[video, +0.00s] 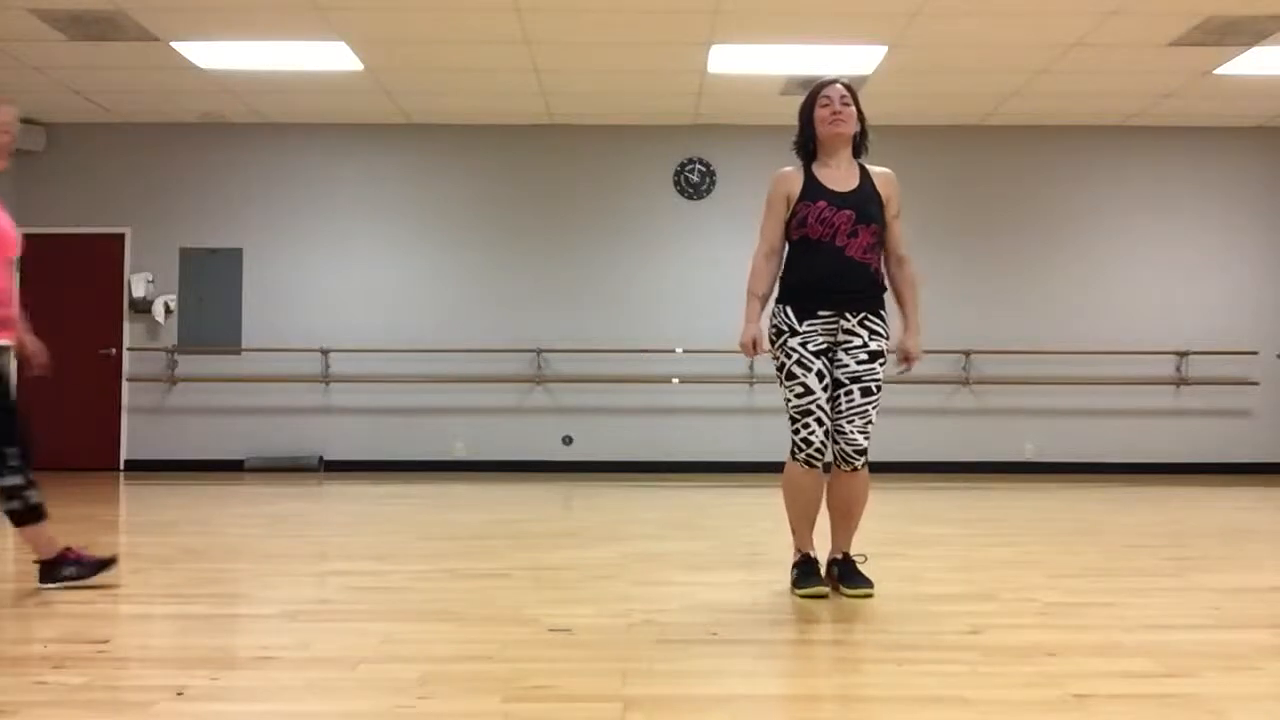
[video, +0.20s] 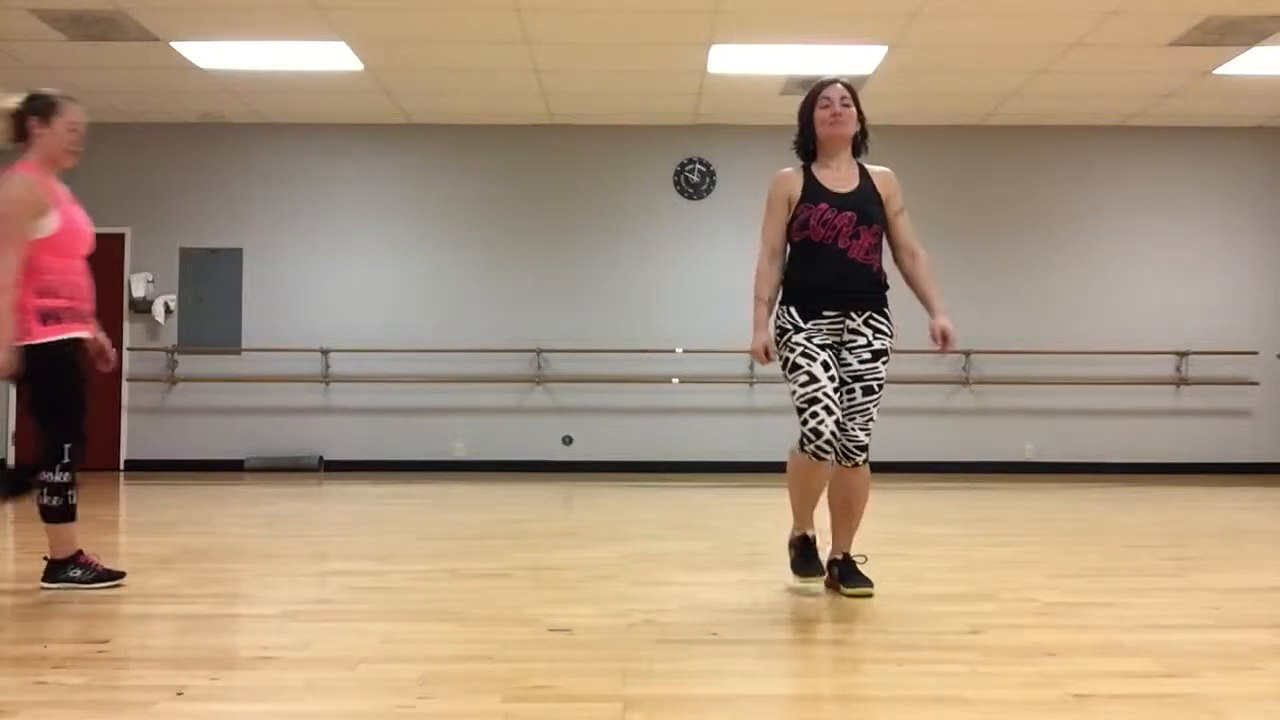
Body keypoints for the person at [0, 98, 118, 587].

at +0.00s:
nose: (9, 140)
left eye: (11, 131)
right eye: (4, 131)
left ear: (15, 138)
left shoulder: (5, 215)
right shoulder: (1, 215)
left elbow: (8, 286)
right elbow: (6, 287)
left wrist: (25, 335)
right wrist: (20, 335)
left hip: (5, 348)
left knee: (9, 449)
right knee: (7, 449)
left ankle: (50, 553)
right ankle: (49, 554)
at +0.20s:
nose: (79, 141)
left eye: (82, 132)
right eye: (71, 131)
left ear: (70, 135)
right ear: (37, 129)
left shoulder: (53, 186)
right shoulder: (22, 185)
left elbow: (66, 273)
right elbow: (8, 270)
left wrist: (90, 329)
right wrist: (8, 341)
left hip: (64, 334)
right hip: (41, 335)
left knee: (63, 440)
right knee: (61, 440)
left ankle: (65, 553)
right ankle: (63, 556)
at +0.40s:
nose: (143, 141)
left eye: (146, 132)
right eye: (135, 130)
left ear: (125, 134)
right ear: (101, 129)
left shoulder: (111, 183)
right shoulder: (90, 182)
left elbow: (116, 263)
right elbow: (98, 264)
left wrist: (145, 308)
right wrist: (148, 324)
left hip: (116, 337)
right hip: (89, 340)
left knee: (170, 428)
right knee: (88, 446)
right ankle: (65, 556)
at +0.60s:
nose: (200, 153)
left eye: (203, 145)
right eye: (193, 143)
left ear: (176, 144)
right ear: (161, 141)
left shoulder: (174, 195)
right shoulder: (150, 195)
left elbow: (188, 274)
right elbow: (175, 277)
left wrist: (222, 319)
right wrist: (239, 319)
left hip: (195, 348)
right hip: (164, 352)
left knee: (230, 439)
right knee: (142, 455)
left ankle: (243, 551)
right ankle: (73, 548)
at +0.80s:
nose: (256, 149)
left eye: (260, 142)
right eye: (248, 139)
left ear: (256, 145)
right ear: (218, 138)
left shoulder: (236, 196)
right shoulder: (204, 193)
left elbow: (247, 273)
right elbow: (215, 275)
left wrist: (266, 334)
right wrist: (248, 339)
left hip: (256, 337)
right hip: (226, 341)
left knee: (265, 444)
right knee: (271, 442)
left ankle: (245, 551)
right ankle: (186, 507)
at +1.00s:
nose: (304, 149)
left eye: (308, 141)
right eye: (294, 139)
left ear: (311, 145)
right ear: (265, 140)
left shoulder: (304, 202)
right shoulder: (246, 194)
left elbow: (320, 275)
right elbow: (227, 267)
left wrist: (341, 337)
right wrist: (225, 337)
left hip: (302, 340)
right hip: (268, 341)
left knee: (278, 445)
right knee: (338, 427)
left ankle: (245, 550)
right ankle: (323, 538)